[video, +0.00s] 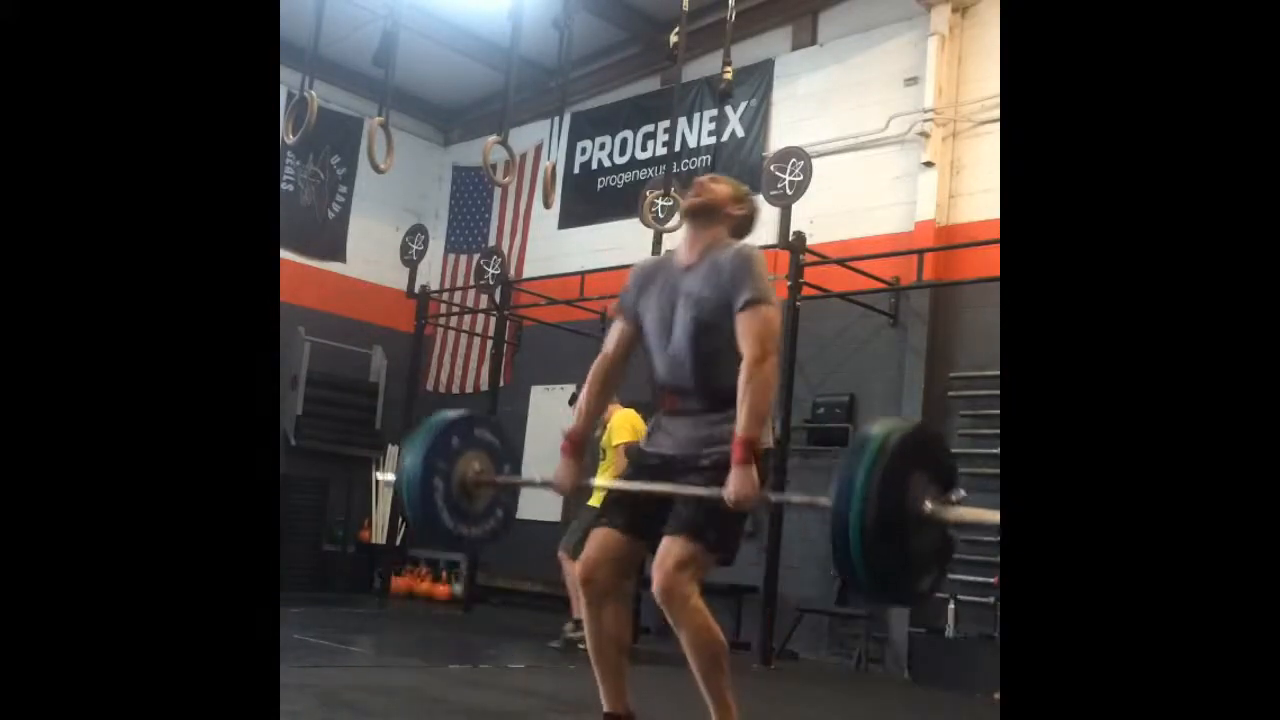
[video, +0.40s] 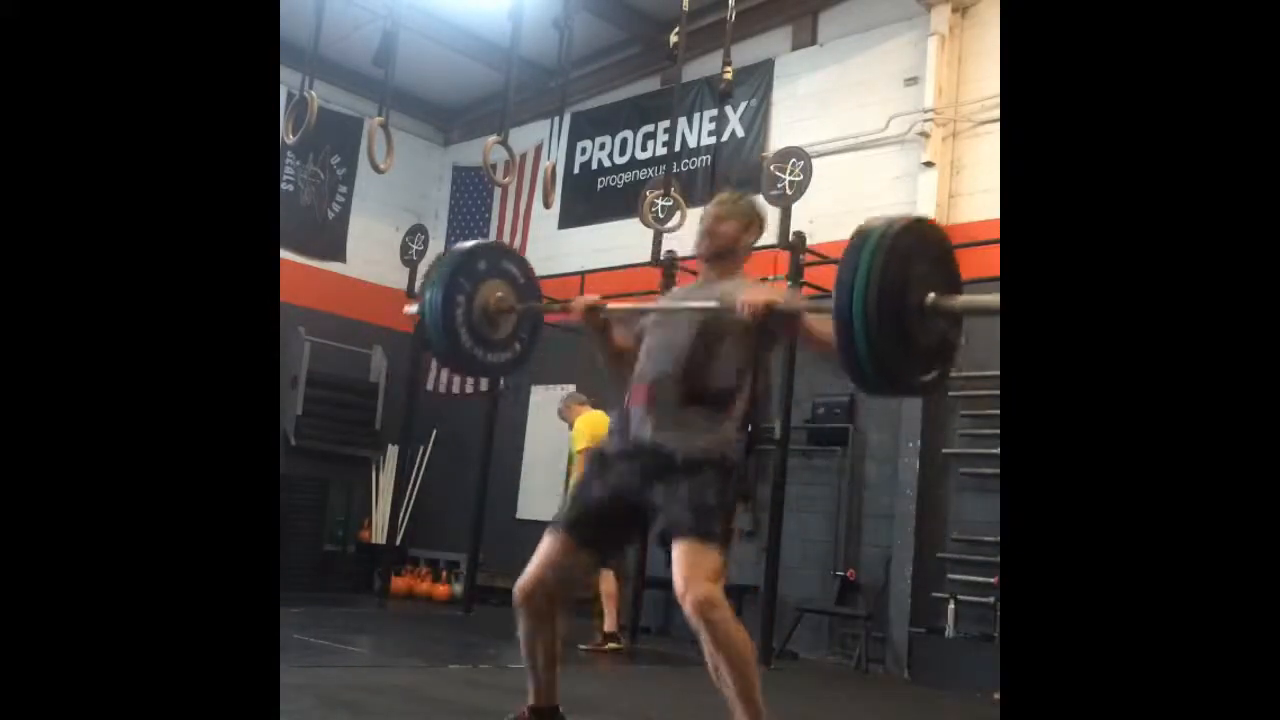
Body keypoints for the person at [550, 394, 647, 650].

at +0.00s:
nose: (579, 414)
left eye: (581, 407)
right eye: (577, 408)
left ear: (598, 402)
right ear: (604, 400)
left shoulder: (621, 420)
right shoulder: (619, 419)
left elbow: (624, 461)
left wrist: (603, 486)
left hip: (603, 496)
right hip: (604, 494)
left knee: (567, 552)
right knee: (585, 555)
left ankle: (579, 621)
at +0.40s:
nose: (567, 424)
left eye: (566, 418)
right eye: (565, 420)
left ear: (571, 408)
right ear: (584, 403)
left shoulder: (584, 422)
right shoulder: (608, 419)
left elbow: (582, 467)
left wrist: (570, 504)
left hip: (591, 501)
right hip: (611, 499)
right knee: (607, 565)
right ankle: (611, 630)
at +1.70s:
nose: (514, 402)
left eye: (516, 397)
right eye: (516, 397)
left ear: (524, 398)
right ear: (539, 401)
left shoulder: (515, 419)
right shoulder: (549, 431)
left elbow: (489, 453)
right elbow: (542, 463)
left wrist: (511, 456)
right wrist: (514, 456)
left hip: (507, 498)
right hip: (532, 503)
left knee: (485, 550)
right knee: (521, 558)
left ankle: (501, 603)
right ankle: (511, 615)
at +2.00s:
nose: (497, 399)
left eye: (501, 394)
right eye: (499, 394)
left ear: (512, 397)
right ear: (520, 399)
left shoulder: (502, 423)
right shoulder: (532, 432)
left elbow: (477, 456)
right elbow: (516, 470)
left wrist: (502, 461)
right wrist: (483, 491)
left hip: (493, 500)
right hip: (519, 504)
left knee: (468, 553)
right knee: (514, 559)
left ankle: (443, 605)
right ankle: (509, 617)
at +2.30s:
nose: (469, 399)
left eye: (472, 394)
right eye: (470, 394)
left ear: (483, 397)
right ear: (491, 399)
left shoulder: (471, 424)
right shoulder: (508, 429)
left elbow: (449, 459)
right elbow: (503, 463)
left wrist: (473, 460)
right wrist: (471, 460)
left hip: (467, 497)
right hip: (495, 500)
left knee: (447, 551)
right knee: (494, 552)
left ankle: (436, 606)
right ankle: (506, 609)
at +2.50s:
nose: (453, 398)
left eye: (455, 394)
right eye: (453, 394)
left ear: (464, 395)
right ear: (475, 396)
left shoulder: (453, 421)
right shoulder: (493, 427)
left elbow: (433, 457)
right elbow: (497, 464)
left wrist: (437, 441)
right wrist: (491, 493)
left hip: (448, 496)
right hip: (476, 500)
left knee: (440, 551)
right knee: (475, 551)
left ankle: (436, 606)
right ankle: (491, 591)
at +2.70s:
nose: (442, 397)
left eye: (446, 392)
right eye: (442, 392)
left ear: (458, 393)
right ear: (463, 395)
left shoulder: (448, 421)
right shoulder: (484, 426)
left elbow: (428, 455)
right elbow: (482, 467)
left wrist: (425, 443)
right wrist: (471, 485)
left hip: (442, 494)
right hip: (464, 497)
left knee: (440, 551)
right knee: (449, 552)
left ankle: (436, 606)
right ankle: (444, 602)